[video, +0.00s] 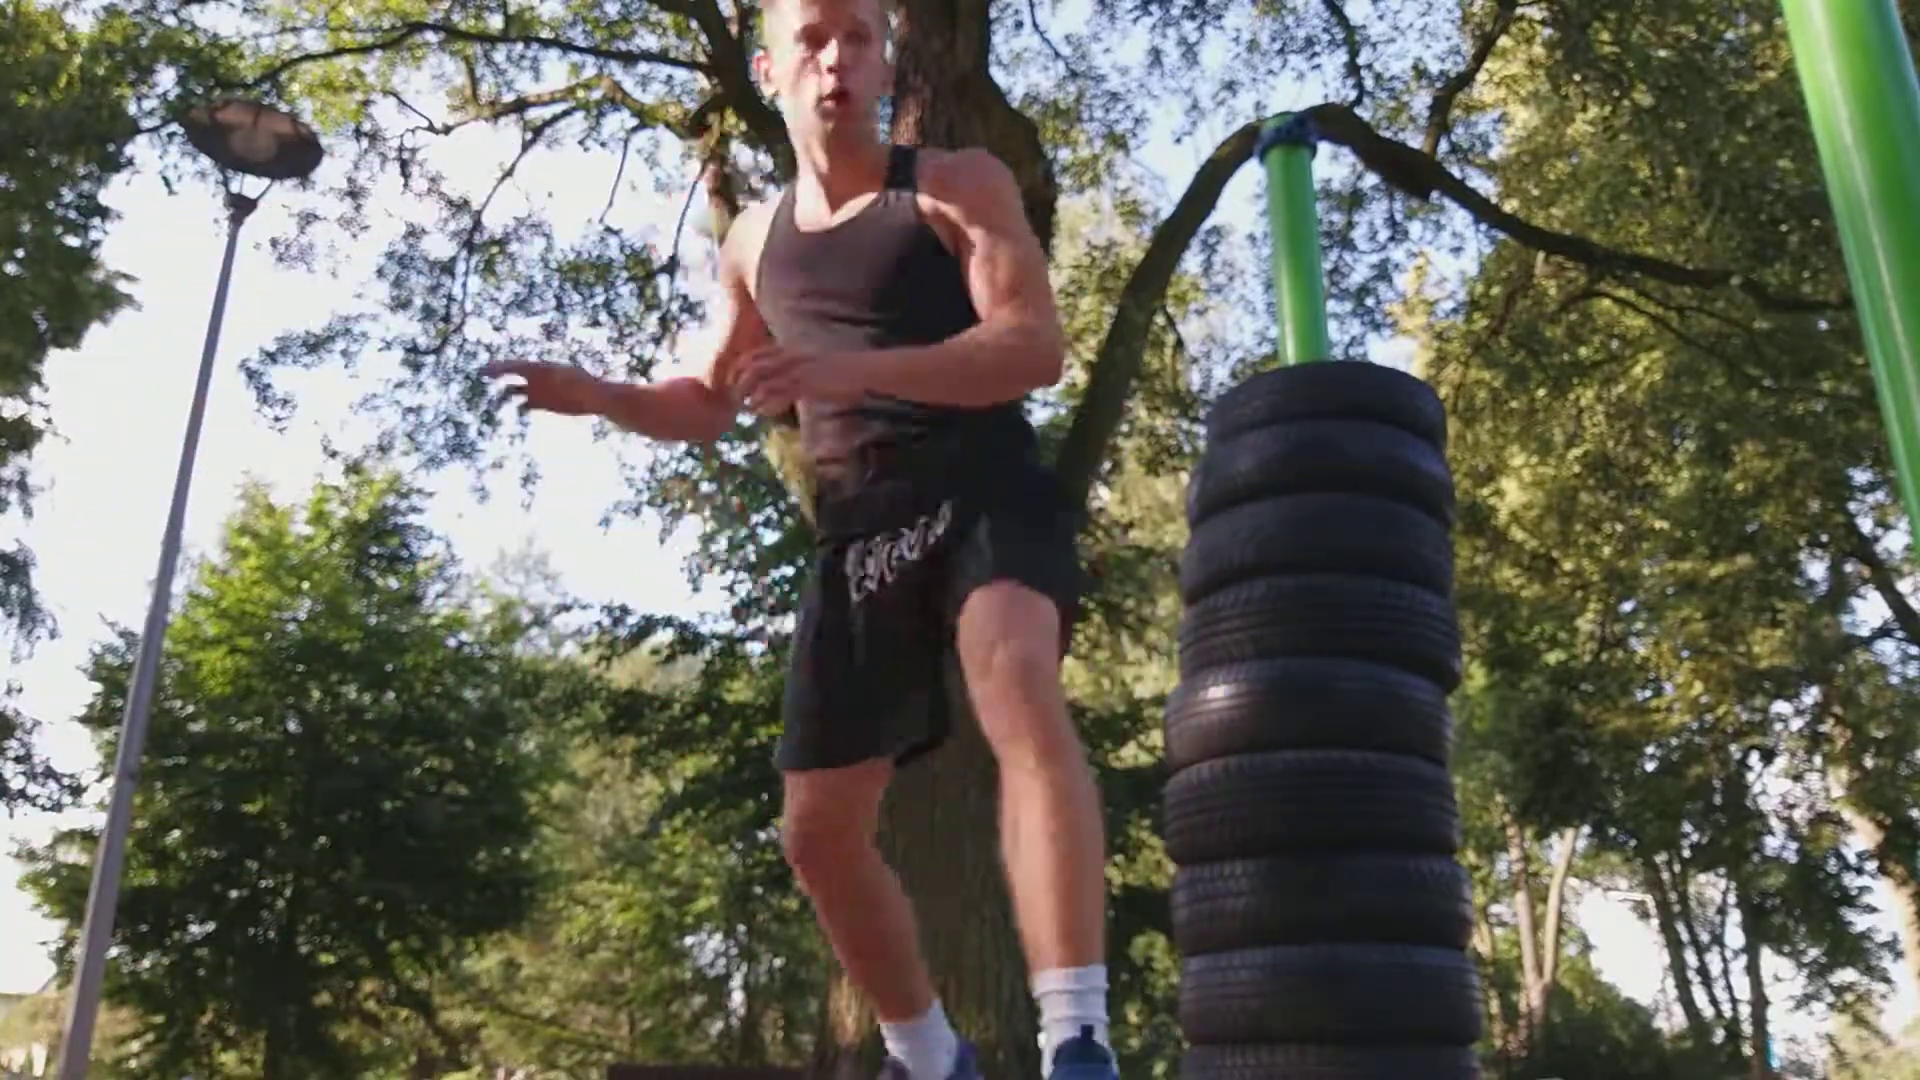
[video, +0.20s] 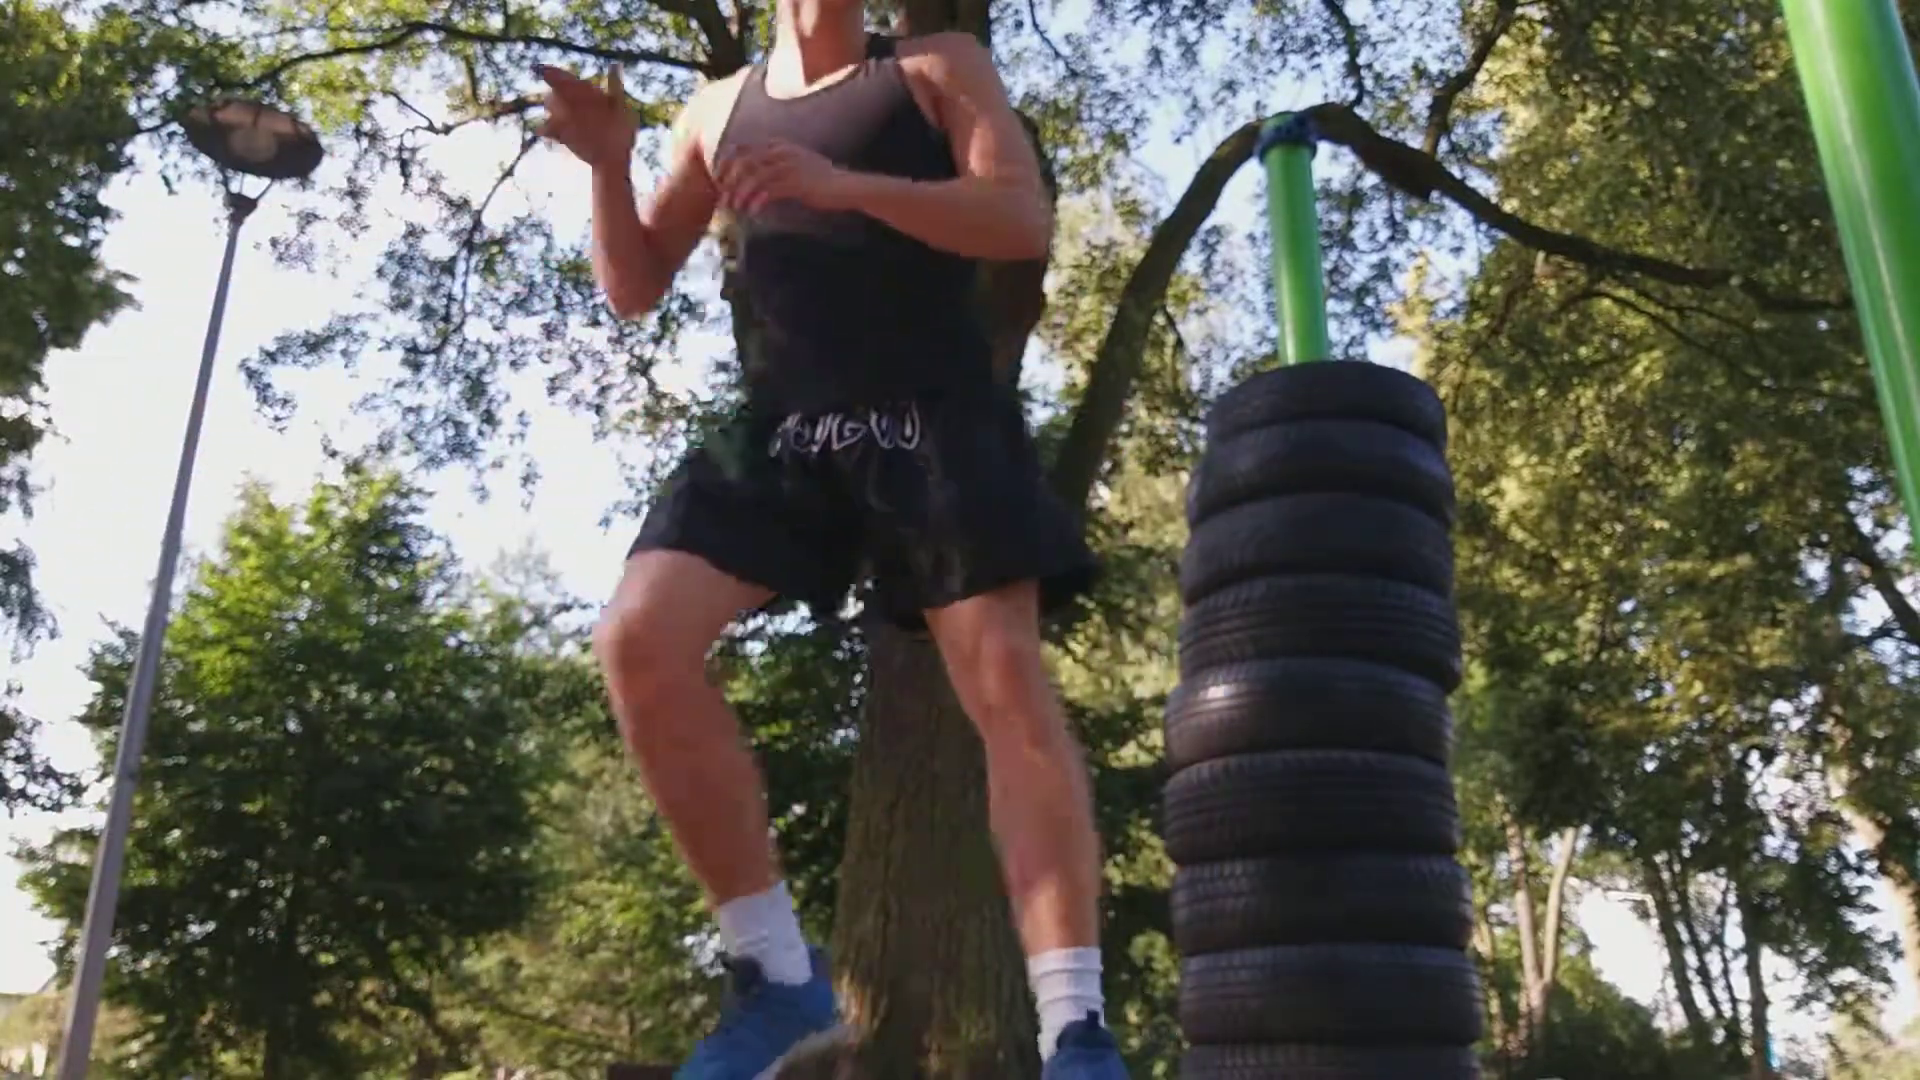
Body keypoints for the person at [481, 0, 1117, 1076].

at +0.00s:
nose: (837, 59)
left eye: (859, 36)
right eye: (811, 40)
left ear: (891, 58)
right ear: (768, 71)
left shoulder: (959, 181)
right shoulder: (755, 238)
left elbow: (1033, 344)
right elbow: (709, 405)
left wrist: (851, 370)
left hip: (984, 493)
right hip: (855, 535)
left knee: (1017, 683)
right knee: (820, 834)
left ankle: (1078, 1039)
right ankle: (933, 1060)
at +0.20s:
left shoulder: (938, 61)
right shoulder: (718, 105)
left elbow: (1022, 219)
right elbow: (634, 287)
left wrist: (844, 185)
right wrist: (607, 163)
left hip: (936, 426)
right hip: (782, 437)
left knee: (1005, 676)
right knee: (640, 642)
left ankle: (1075, 1035)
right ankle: (780, 981)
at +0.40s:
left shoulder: (847, 89)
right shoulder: (609, 48)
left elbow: (930, 276)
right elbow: (479, 88)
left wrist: (982, 280)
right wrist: (618, 13)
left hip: (836, 421)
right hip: (657, 407)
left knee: (940, 665)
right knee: (527, 617)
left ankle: (1057, 1034)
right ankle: (388, 1012)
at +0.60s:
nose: (718, 26)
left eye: (721, 27)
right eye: (711, 16)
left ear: (696, 23)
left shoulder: (676, 94)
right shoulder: (534, 5)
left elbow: (652, 313)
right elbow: (438, 48)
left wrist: (802, 296)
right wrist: (644, 43)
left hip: (657, 384)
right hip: (527, 340)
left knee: (781, 660)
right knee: (460, 597)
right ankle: (369, 1018)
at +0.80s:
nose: (653, 75)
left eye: (657, 52)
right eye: (650, 40)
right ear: (592, 17)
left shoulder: (555, 205)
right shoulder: (444, 47)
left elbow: (544, 405)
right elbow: (292, 141)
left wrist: (678, 356)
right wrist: (478, 202)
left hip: (524, 485)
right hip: (416, 429)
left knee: (518, 786)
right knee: (397, 630)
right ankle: (352, 1024)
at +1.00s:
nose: (620, 99)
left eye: (622, 83)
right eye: (610, 73)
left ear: (553, 70)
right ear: (549, 58)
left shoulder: (517, 243)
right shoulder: (402, 84)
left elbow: (495, 398)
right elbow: (227, 135)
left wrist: (602, 362)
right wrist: (401, 202)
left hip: (410, 477)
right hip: (311, 422)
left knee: (363, 755)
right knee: (272, 648)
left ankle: (239, 1029)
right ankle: (190, 1008)